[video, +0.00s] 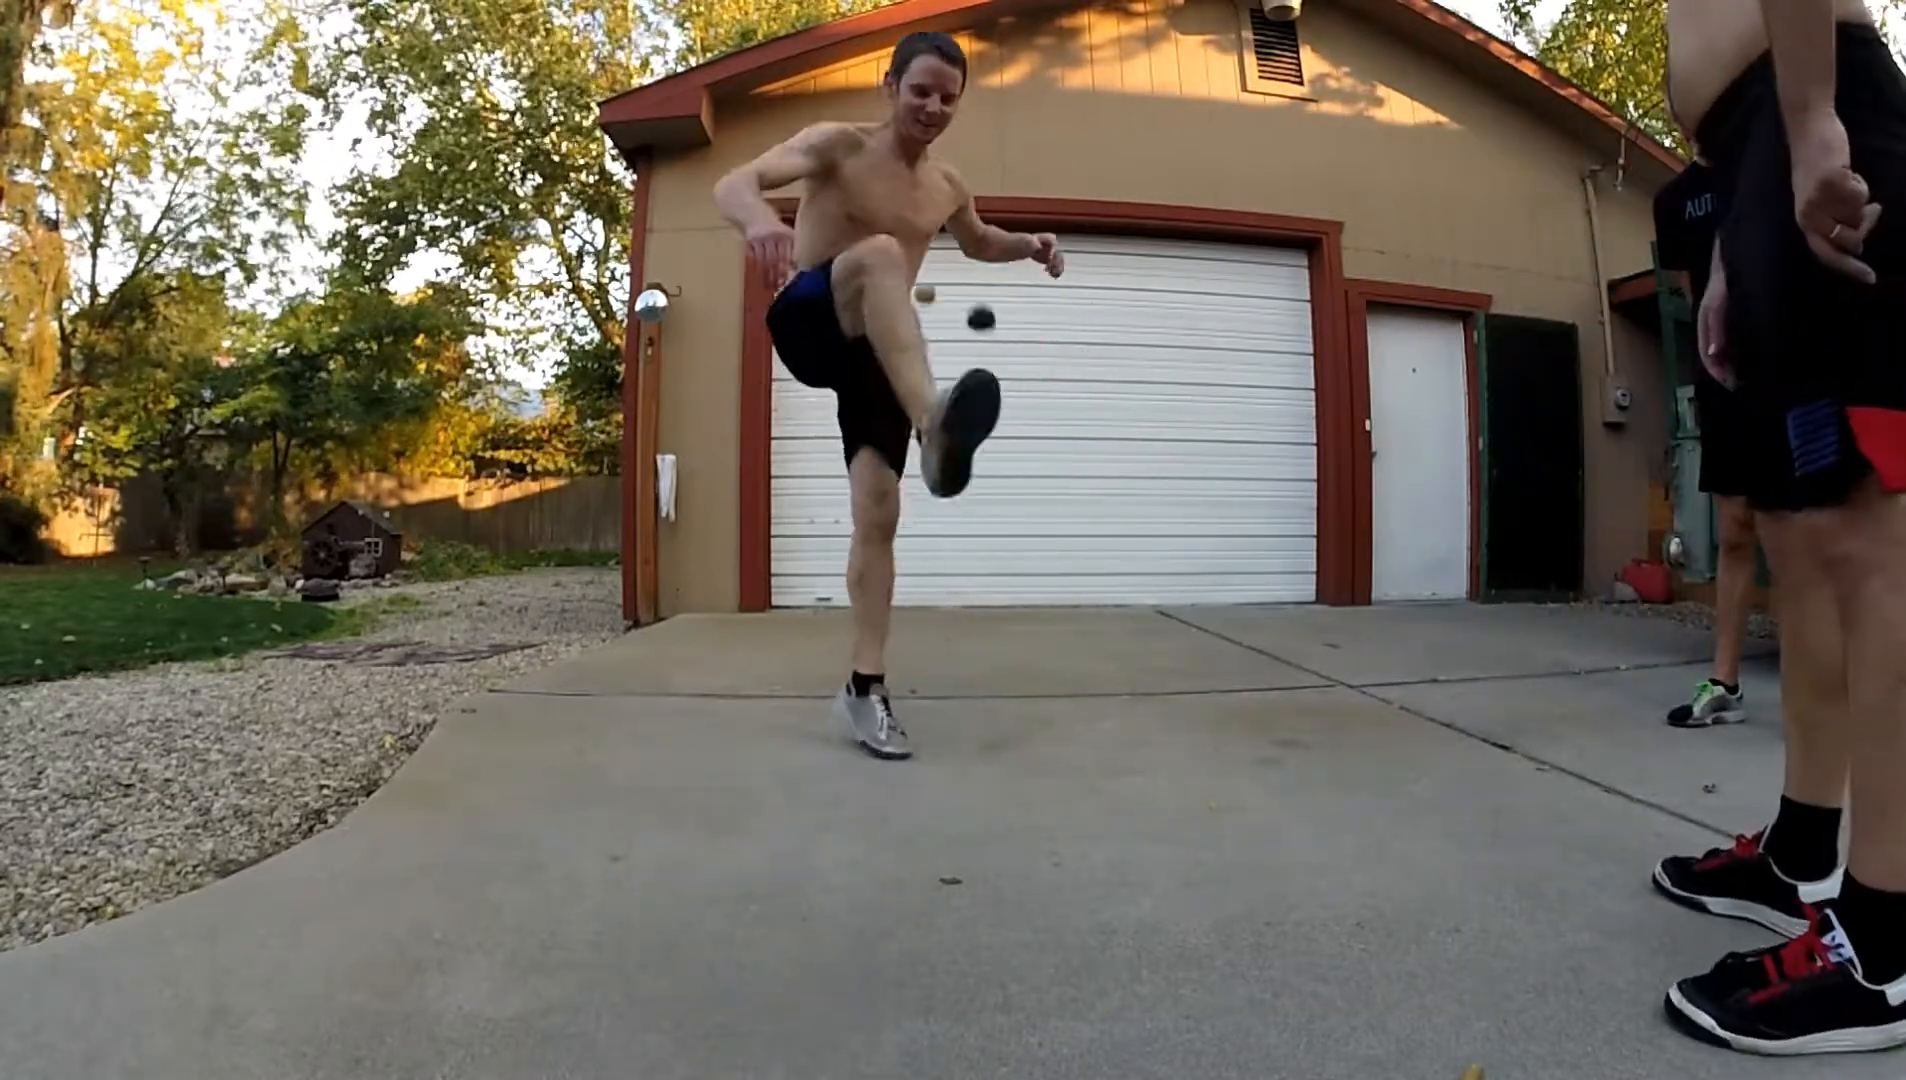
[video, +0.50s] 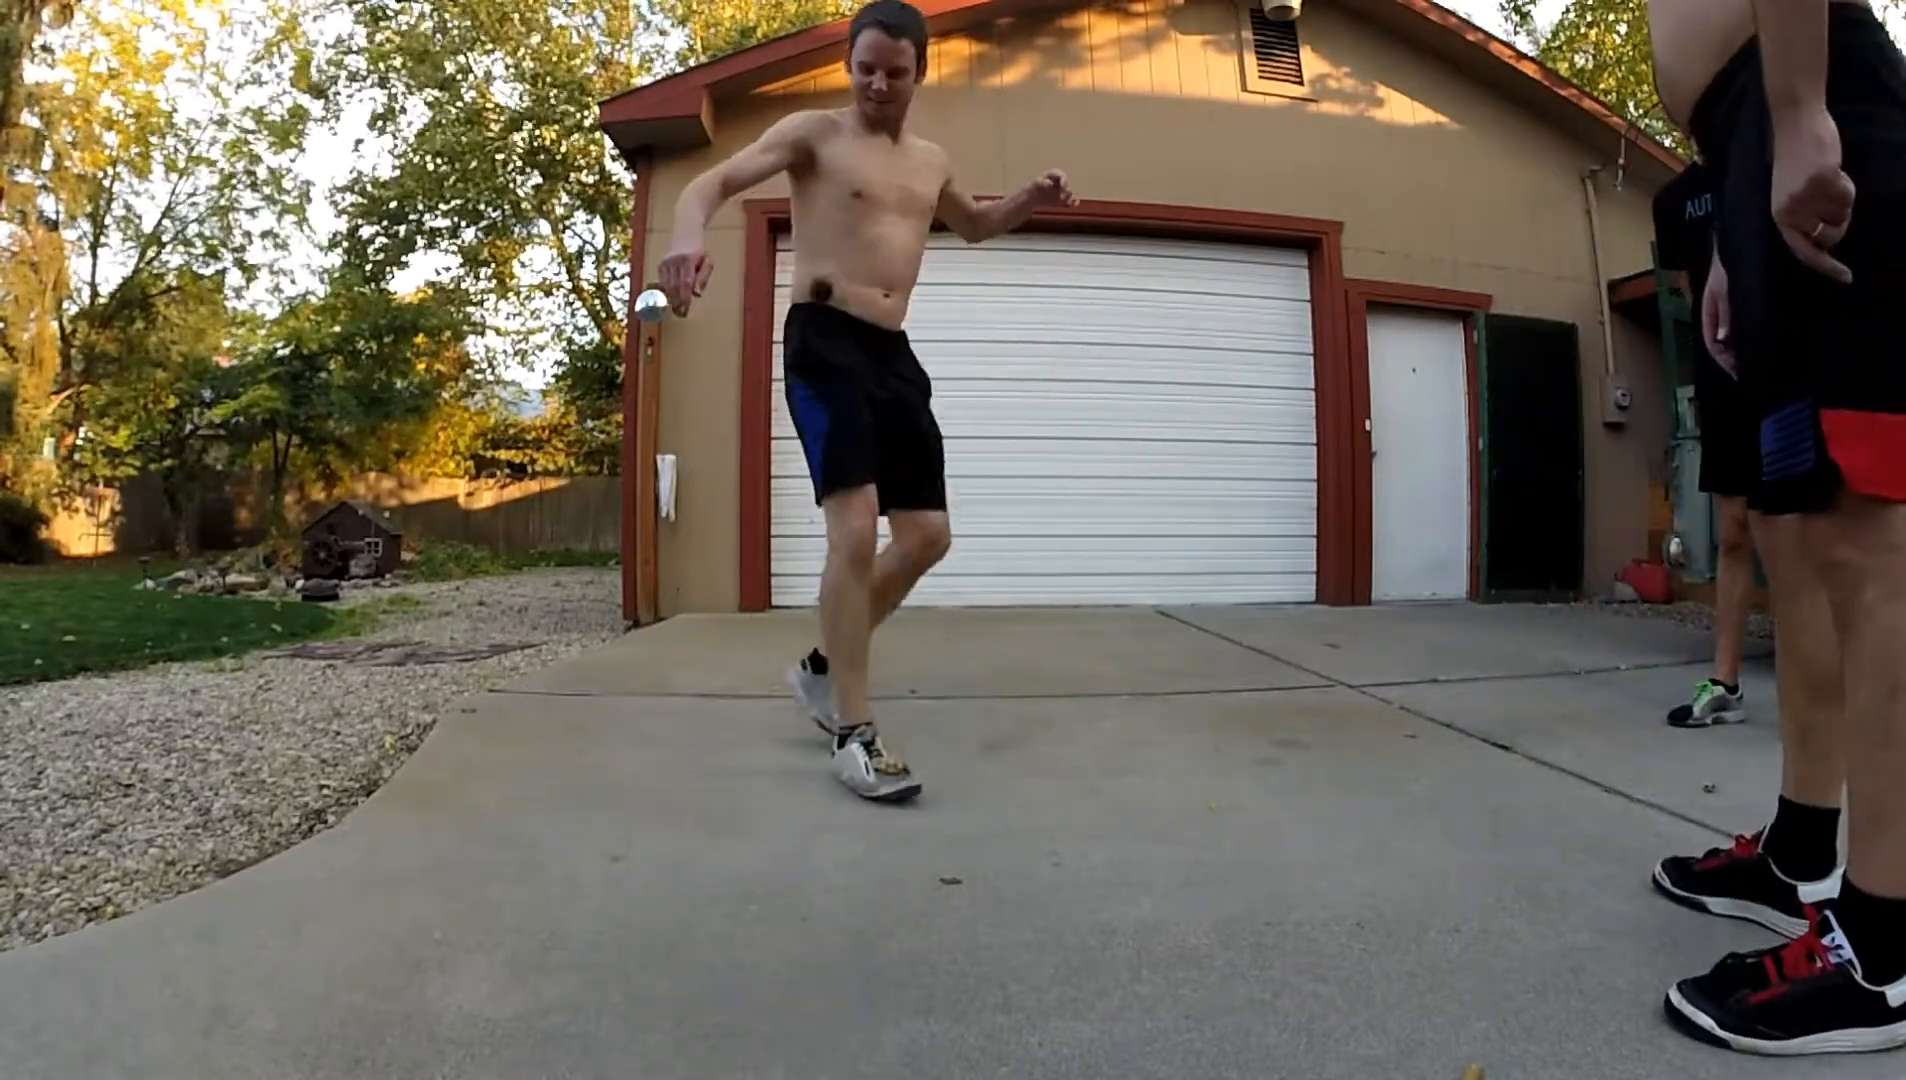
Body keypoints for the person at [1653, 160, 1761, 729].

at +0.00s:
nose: (1705, 130)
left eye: (1716, 116)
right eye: (1696, 117)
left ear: (1743, 118)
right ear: (1688, 125)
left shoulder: (1772, 178)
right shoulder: (1678, 196)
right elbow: (1688, 289)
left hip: (1785, 371)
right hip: (1723, 383)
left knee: (1800, 542)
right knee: (1733, 533)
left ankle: (1816, 690)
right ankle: (1724, 679)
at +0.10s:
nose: (1710, 131)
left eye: (1721, 117)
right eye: (1701, 119)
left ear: (1748, 115)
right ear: (1691, 126)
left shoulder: (1774, 178)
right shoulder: (1679, 195)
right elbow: (1687, 286)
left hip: (1786, 373)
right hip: (1724, 384)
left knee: (1799, 543)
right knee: (1733, 534)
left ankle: (1814, 687)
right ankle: (1724, 679)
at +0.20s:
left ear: (1751, 115)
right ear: (1693, 124)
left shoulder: (1776, 177)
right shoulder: (1680, 194)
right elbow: (1687, 286)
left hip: (1784, 372)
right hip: (1723, 383)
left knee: (1795, 542)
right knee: (1733, 534)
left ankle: (1813, 686)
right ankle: (1724, 679)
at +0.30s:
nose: (1711, 130)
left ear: (1752, 121)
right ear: (1695, 125)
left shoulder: (1775, 179)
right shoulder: (1680, 195)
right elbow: (1686, 286)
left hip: (1784, 372)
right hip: (1723, 384)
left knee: (1794, 541)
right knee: (1733, 534)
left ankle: (1813, 690)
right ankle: (1725, 679)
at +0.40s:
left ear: (1751, 120)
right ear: (1695, 125)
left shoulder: (1774, 179)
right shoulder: (1679, 196)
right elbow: (1687, 287)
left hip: (1783, 372)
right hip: (1722, 383)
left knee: (1792, 542)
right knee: (1732, 534)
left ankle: (1812, 691)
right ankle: (1725, 679)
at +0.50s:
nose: (1711, 132)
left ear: (1748, 123)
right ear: (1695, 126)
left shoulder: (1776, 178)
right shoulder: (1680, 195)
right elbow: (1688, 286)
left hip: (1784, 371)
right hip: (1723, 382)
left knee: (1791, 541)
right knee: (1733, 534)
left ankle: (1812, 690)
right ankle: (1725, 679)